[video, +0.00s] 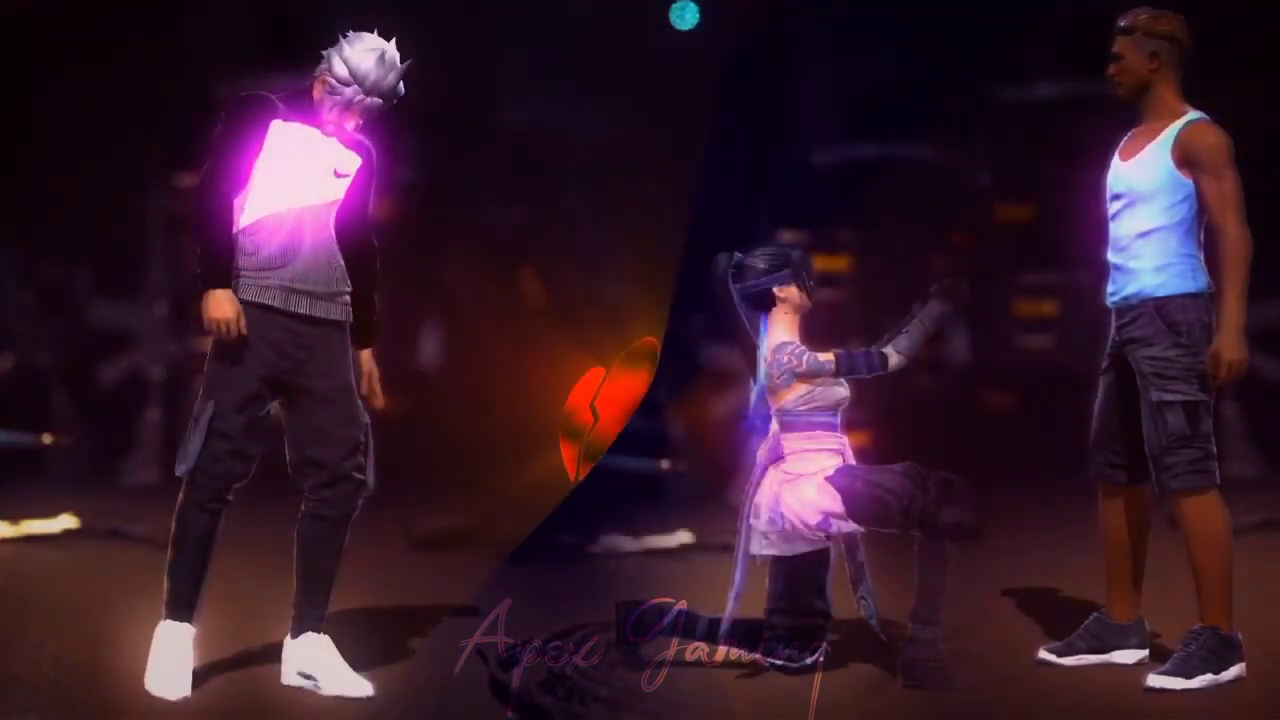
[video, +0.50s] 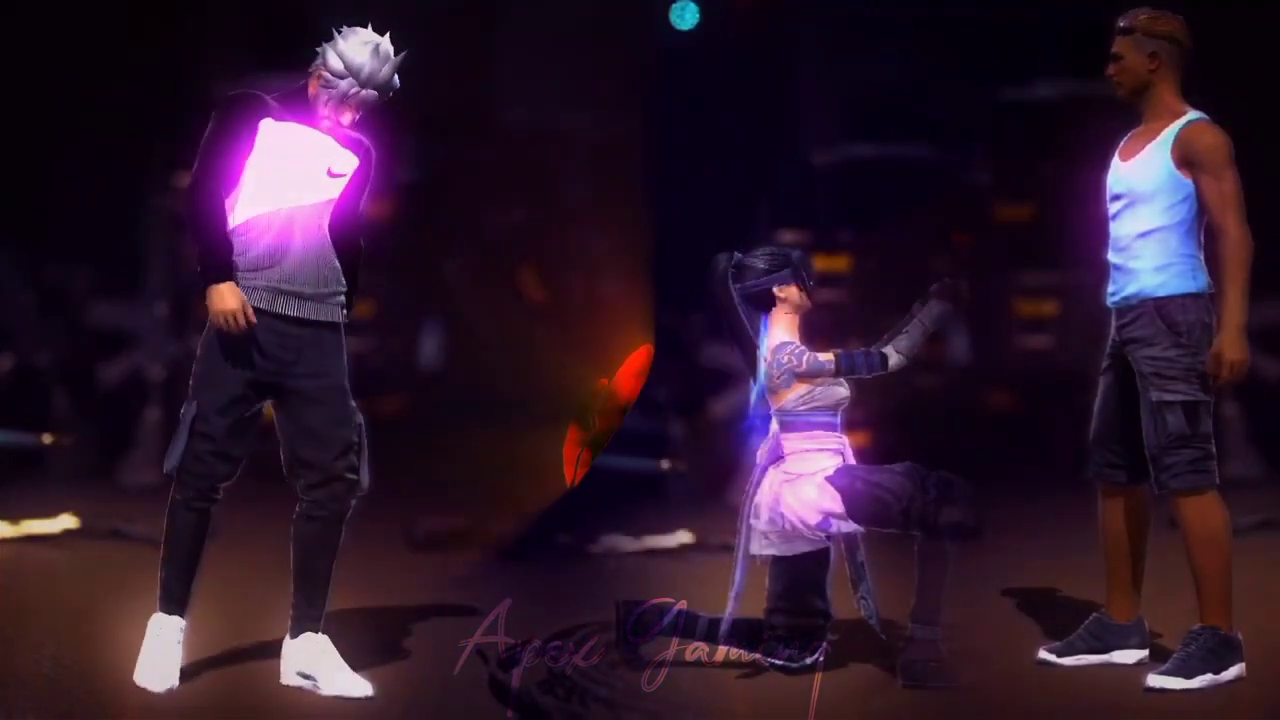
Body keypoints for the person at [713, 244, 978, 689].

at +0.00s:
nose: (806, 288)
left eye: (800, 281)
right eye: (797, 282)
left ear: (775, 296)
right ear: (778, 294)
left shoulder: (781, 350)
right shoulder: (787, 354)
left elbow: (878, 358)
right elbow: (887, 359)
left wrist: (928, 308)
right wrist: (938, 305)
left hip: (799, 484)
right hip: (808, 488)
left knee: (795, 645)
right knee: (943, 497)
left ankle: (673, 623)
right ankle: (923, 651)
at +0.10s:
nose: (805, 289)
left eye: (800, 281)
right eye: (797, 282)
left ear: (775, 296)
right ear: (779, 293)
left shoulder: (782, 351)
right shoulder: (787, 354)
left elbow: (878, 358)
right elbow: (885, 359)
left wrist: (926, 311)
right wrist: (936, 308)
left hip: (796, 486)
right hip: (808, 488)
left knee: (795, 645)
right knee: (943, 497)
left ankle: (676, 623)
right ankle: (924, 651)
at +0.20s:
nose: (805, 288)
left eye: (801, 280)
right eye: (797, 281)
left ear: (777, 296)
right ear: (780, 292)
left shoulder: (786, 352)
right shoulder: (786, 355)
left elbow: (881, 358)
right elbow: (885, 359)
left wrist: (928, 308)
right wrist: (936, 307)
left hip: (796, 486)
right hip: (806, 487)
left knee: (796, 646)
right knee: (943, 498)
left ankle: (672, 622)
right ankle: (924, 651)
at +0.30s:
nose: (805, 288)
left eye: (799, 280)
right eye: (796, 282)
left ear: (776, 296)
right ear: (779, 293)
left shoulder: (784, 351)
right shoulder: (787, 355)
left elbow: (881, 358)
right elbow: (885, 359)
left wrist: (927, 309)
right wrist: (936, 306)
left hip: (793, 488)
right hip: (808, 488)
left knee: (796, 645)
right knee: (945, 497)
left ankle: (674, 621)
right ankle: (923, 652)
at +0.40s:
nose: (805, 287)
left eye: (801, 279)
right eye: (797, 280)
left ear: (779, 293)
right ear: (779, 291)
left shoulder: (791, 351)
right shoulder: (785, 355)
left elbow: (879, 358)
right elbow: (884, 359)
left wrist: (928, 308)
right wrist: (936, 307)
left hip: (806, 483)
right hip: (805, 485)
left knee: (796, 645)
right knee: (944, 501)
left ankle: (661, 619)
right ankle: (923, 653)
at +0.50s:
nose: (806, 288)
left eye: (800, 281)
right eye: (797, 282)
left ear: (776, 296)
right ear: (779, 293)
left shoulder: (782, 351)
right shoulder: (788, 355)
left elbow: (882, 358)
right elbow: (886, 359)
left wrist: (927, 309)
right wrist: (937, 306)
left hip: (793, 487)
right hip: (809, 486)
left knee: (795, 645)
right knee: (945, 499)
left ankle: (672, 623)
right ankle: (923, 651)